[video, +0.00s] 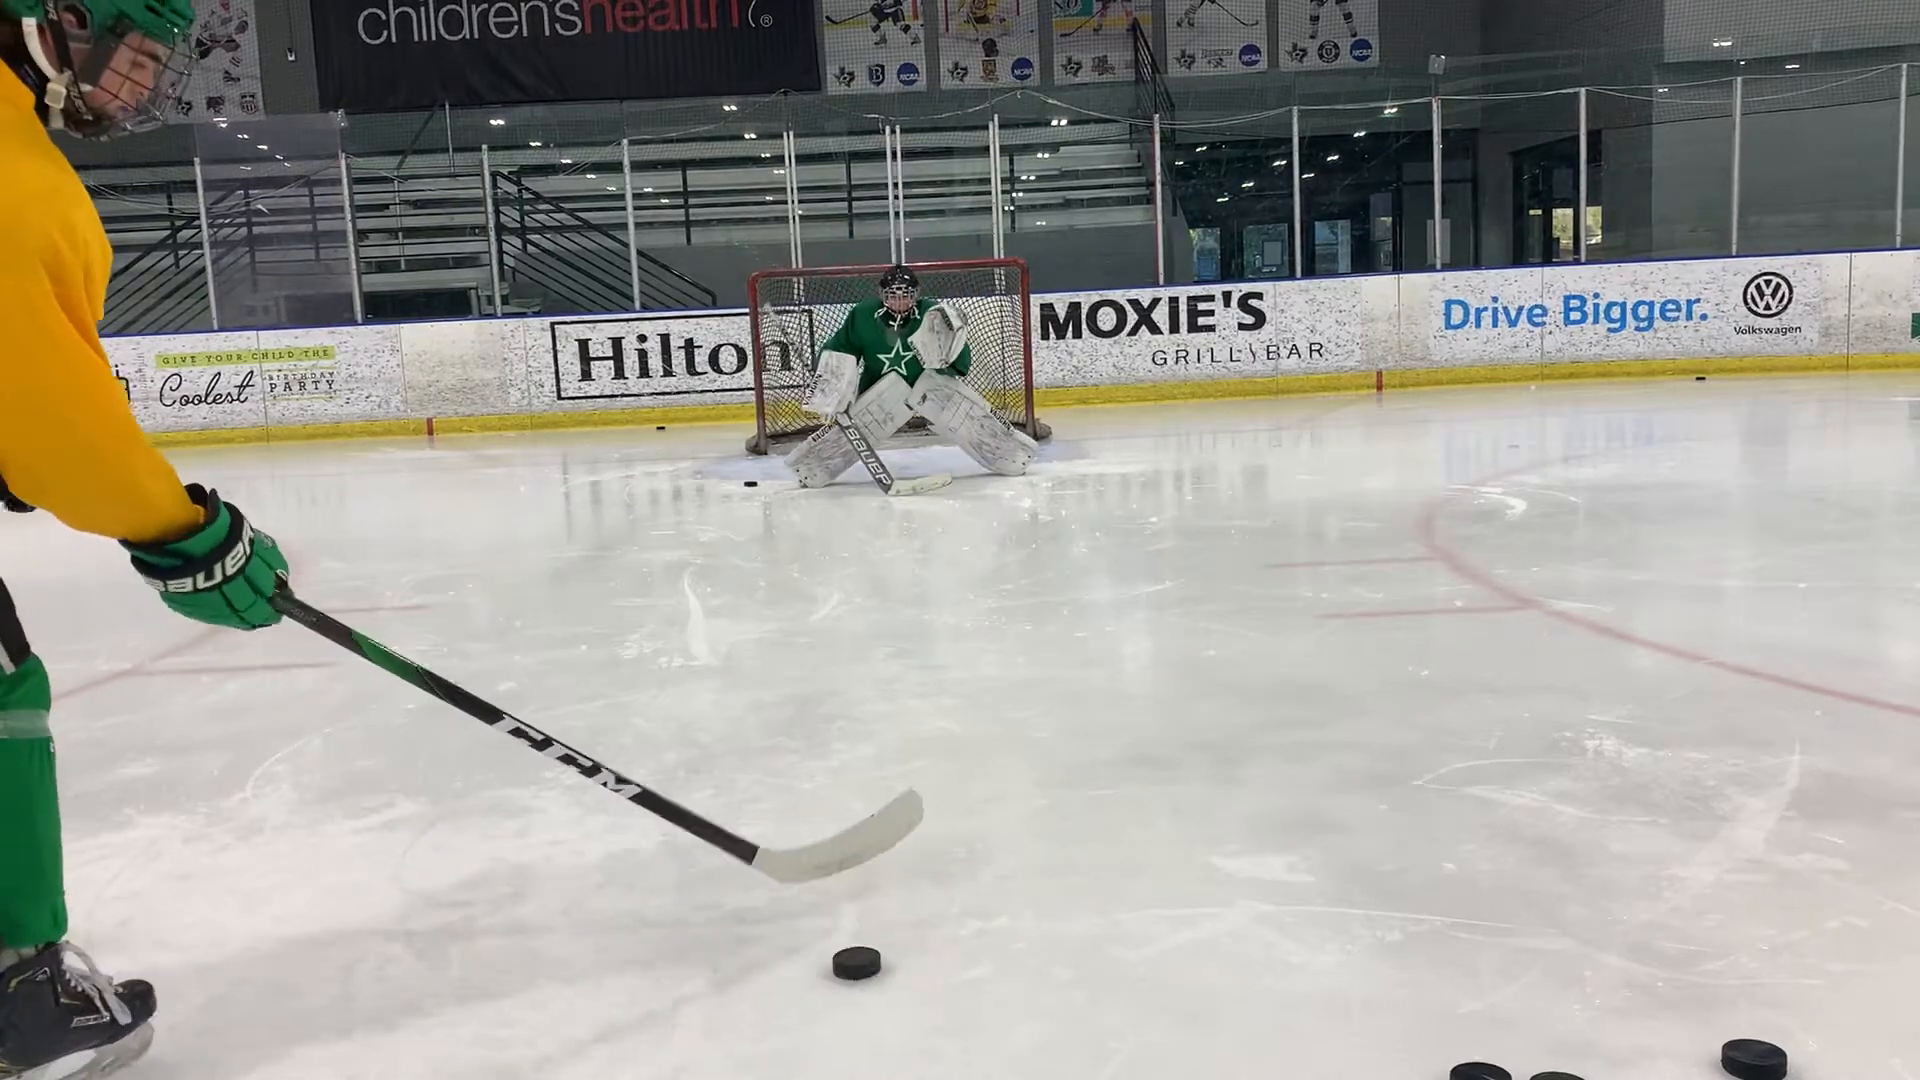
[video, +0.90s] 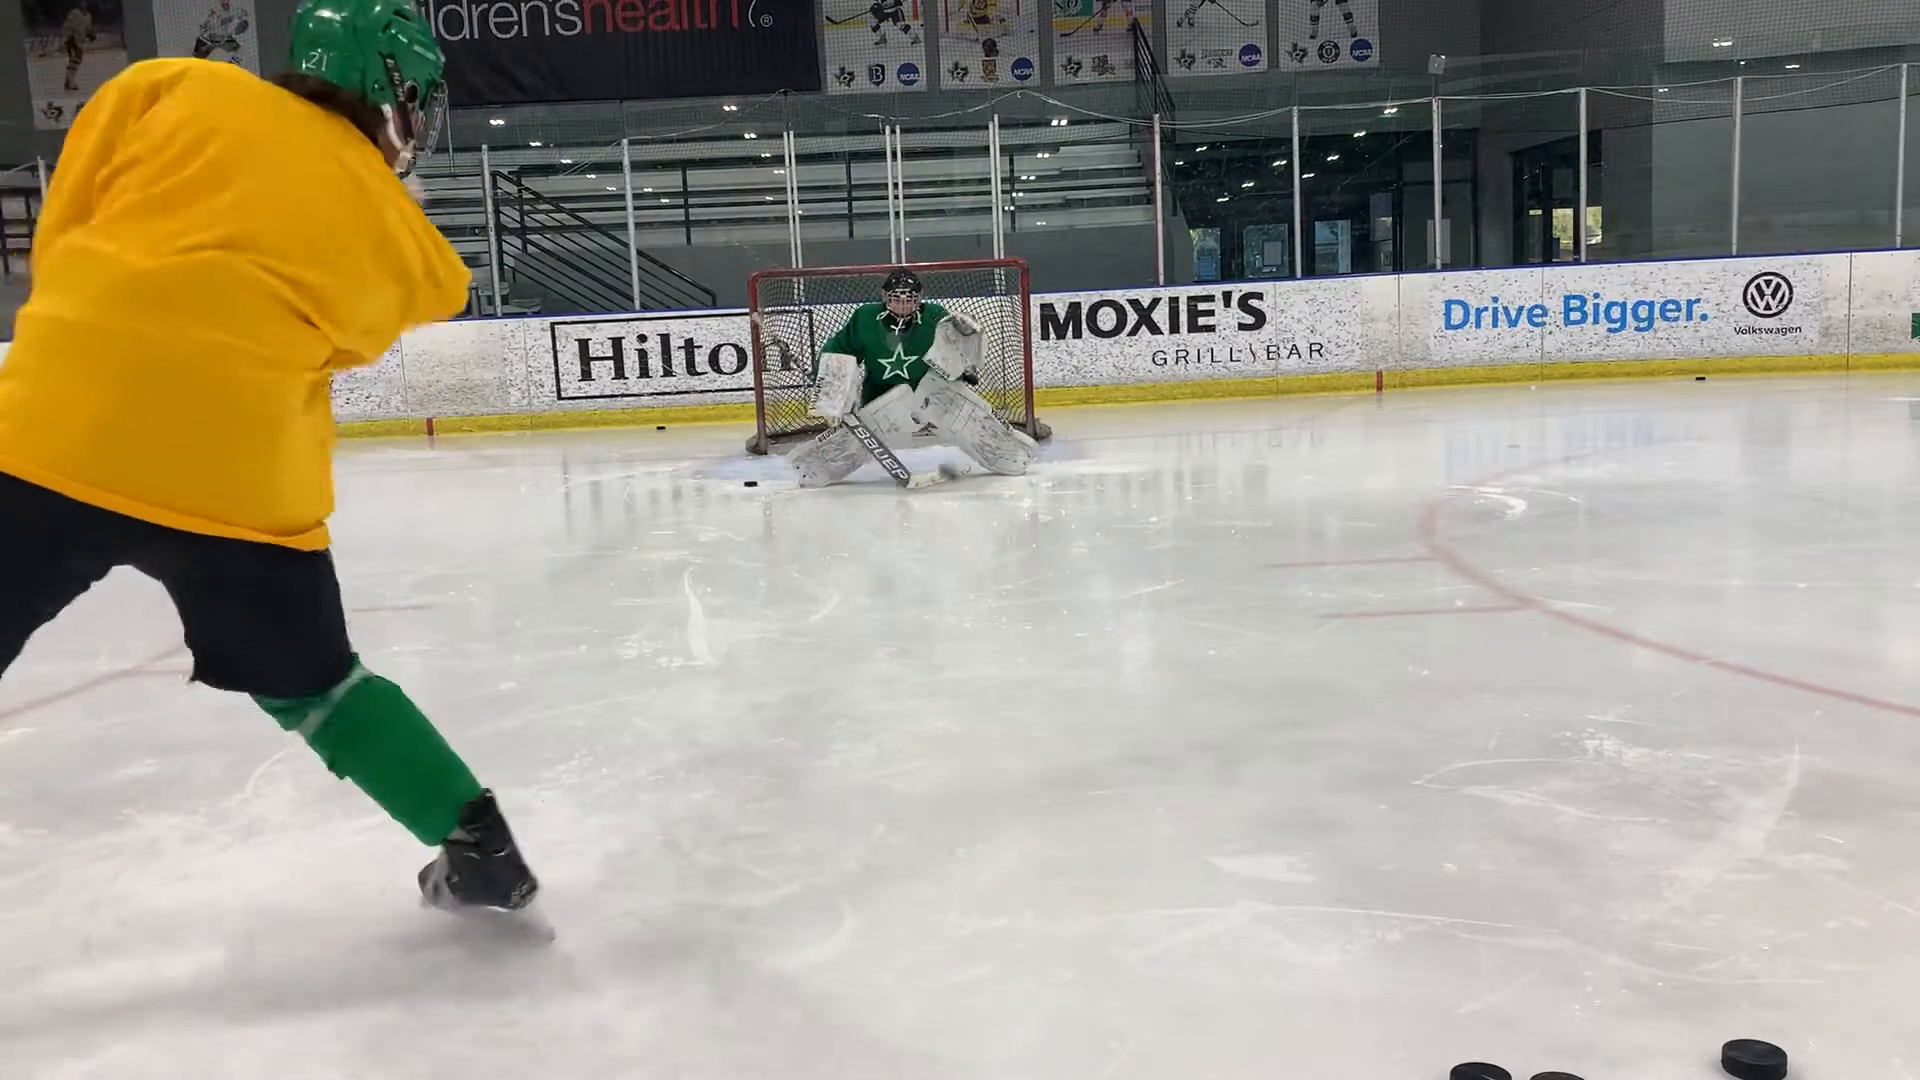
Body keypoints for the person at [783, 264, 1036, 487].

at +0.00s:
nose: (899, 302)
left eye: (905, 295)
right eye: (893, 295)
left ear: (915, 295)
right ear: (883, 295)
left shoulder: (931, 312)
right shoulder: (864, 315)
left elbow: (962, 365)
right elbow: (837, 351)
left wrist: (949, 335)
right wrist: (833, 387)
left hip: (929, 382)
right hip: (882, 387)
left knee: (966, 415)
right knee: (855, 429)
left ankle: (1010, 455)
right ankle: (813, 468)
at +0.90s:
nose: (902, 305)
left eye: (907, 298)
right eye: (896, 298)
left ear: (918, 298)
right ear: (886, 298)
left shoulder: (936, 317)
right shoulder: (865, 319)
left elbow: (964, 370)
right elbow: (834, 352)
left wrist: (962, 347)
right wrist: (834, 388)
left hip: (931, 402)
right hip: (880, 408)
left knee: (961, 410)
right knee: (853, 437)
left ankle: (1008, 453)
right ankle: (815, 467)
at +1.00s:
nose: (906, 308)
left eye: (912, 302)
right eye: (900, 302)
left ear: (920, 300)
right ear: (889, 300)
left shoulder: (938, 321)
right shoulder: (865, 319)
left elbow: (963, 365)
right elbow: (834, 355)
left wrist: (982, 358)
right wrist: (847, 379)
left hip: (935, 418)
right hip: (883, 419)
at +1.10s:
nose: (916, 314)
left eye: (921, 308)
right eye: (909, 309)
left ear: (927, 305)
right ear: (893, 306)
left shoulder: (944, 327)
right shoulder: (870, 326)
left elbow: (957, 369)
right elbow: (842, 364)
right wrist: (858, 391)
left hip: (938, 424)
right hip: (888, 426)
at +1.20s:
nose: (930, 321)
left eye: (934, 314)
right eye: (922, 316)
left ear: (939, 310)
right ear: (905, 313)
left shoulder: (951, 340)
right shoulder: (881, 327)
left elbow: (958, 391)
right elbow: (849, 366)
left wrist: (969, 423)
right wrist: (862, 403)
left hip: (935, 430)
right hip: (885, 427)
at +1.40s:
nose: (932, 322)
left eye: (937, 315)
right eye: (925, 316)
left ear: (943, 312)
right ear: (910, 313)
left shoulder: (955, 341)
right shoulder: (884, 332)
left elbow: (961, 392)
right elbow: (853, 365)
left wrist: (975, 422)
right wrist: (863, 402)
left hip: (942, 429)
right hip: (893, 427)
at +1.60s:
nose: (914, 299)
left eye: (918, 293)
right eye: (907, 293)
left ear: (925, 292)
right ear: (893, 294)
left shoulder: (941, 319)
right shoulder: (869, 322)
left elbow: (964, 365)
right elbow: (840, 372)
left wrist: (983, 389)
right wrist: (858, 394)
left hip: (945, 424)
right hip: (889, 427)